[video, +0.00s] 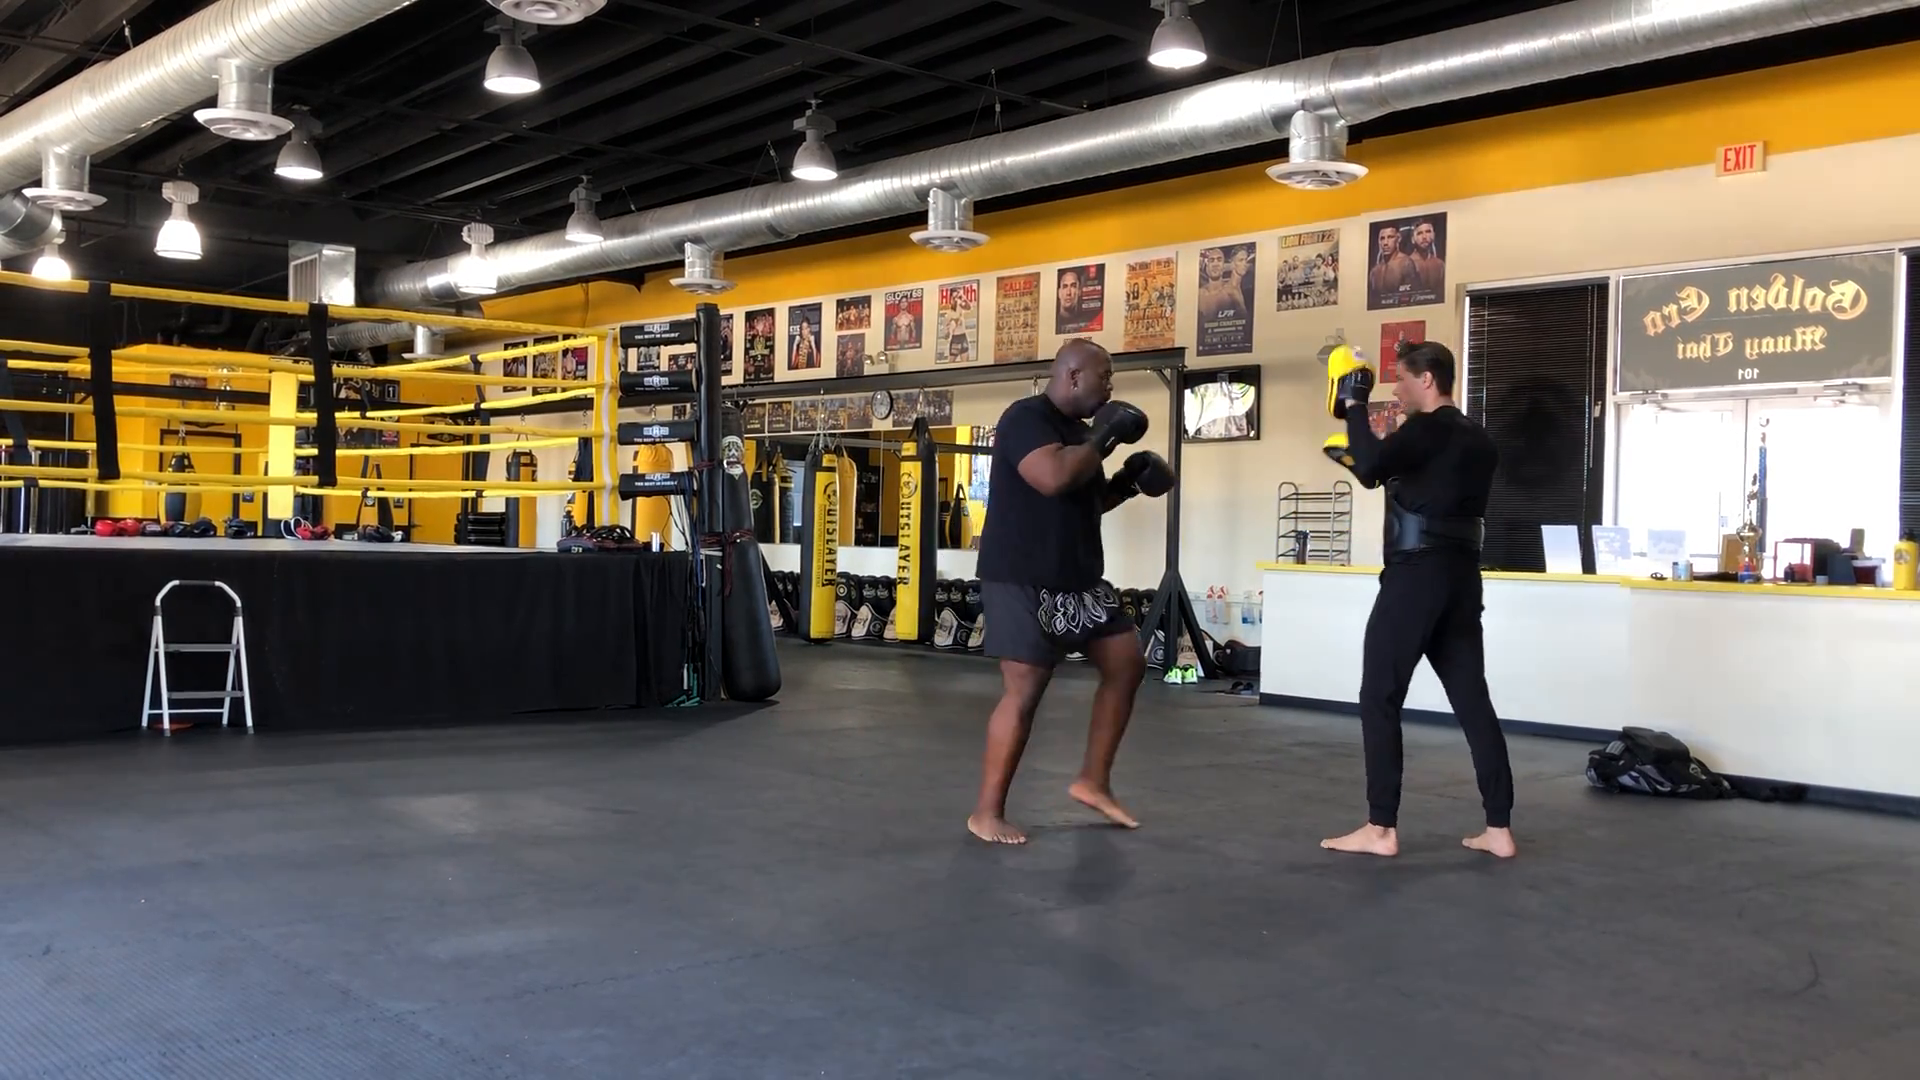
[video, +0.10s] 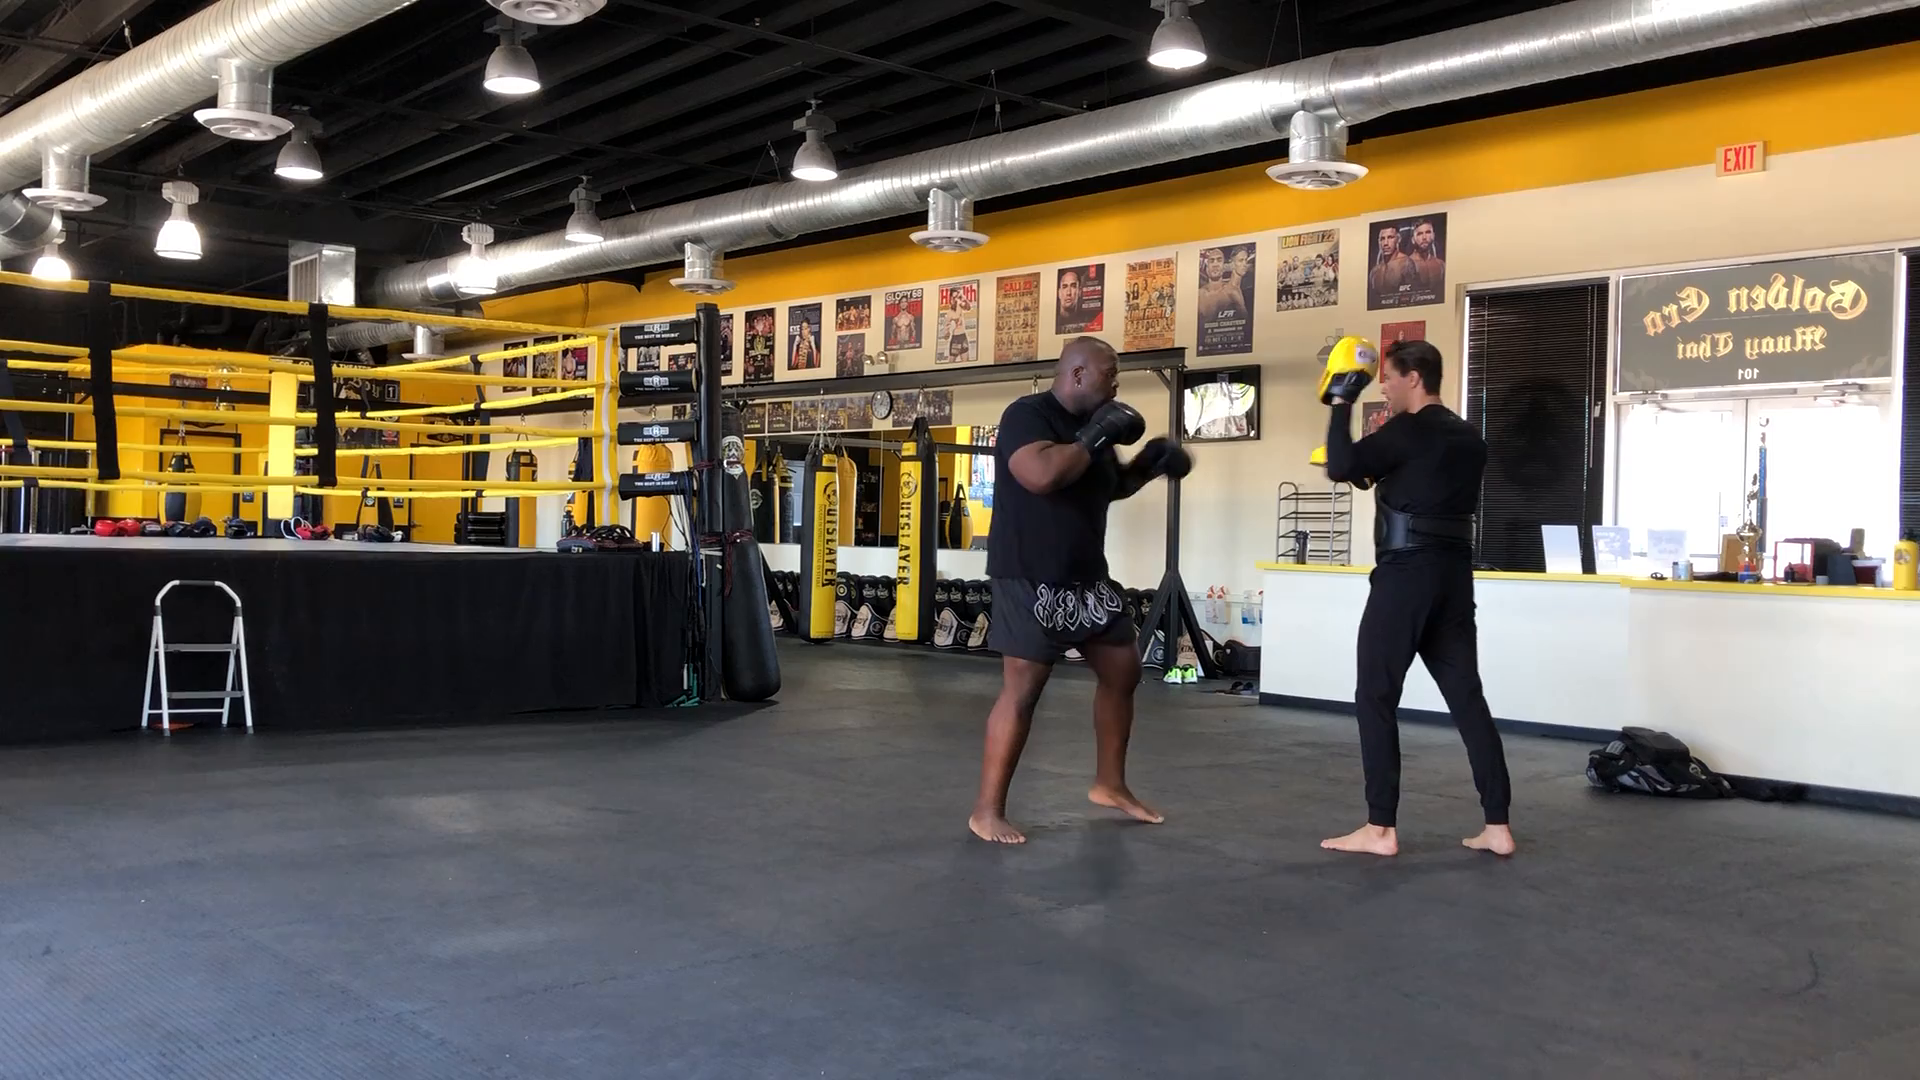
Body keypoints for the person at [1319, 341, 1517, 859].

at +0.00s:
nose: (1396, 390)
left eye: (1400, 379)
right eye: (1395, 380)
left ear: (1428, 379)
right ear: (1439, 380)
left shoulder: (1425, 429)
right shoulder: (1480, 438)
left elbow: (1368, 467)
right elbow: (1431, 489)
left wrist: (1354, 407)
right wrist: (1385, 445)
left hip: (1414, 578)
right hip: (1461, 580)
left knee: (1378, 700)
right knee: (1474, 704)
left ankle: (1380, 828)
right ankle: (1499, 831)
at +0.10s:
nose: (1382, 390)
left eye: (1387, 380)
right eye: (1382, 380)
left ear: (1415, 379)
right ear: (1429, 381)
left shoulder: (1407, 432)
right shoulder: (1471, 435)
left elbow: (1340, 466)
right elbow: (1420, 484)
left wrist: (1340, 400)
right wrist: (1373, 458)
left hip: (1404, 578)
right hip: (1454, 580)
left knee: (1374, 701)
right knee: (1469, 702)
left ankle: (1380, 828)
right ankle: (1498, 827)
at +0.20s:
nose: (1373, 386)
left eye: (1378, 376)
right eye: (1374, 376)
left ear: (1402, 377)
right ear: (1417, 378)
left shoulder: (1392, 432)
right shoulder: (1461, 434)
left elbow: (1325, 473)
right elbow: (1418, 481)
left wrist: (1295, 417)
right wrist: (1375, 436)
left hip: (1396, 577)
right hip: (1447, 577)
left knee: (1373, 701)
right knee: (1459, 698)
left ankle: (1379, 828)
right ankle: (1497, 823)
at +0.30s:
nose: (1364, 383)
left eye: (1368, 374)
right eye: (1365, 373)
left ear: (1393, 376)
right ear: (1408, 377)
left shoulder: (1389, 428)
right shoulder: (1447, 431)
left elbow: (1326, 476)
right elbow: (1391, 482)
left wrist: (1278, 440)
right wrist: (1347, 435)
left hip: (1393, 575)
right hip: (1438, 574)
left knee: (1372, 700)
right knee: (1446, 696)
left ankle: (1379, 829)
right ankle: (1494, 816)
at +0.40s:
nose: (1353, 381)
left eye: (1359, 372)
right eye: (1354, 372)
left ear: (1386, 375)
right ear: (1396, 377)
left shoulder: (1395, 428)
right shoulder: (1426, 428)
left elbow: (1350, 493)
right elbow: (1353, 486)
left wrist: (1297, 463)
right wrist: (1336, 426)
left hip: (1391, 577)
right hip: (1427, 573)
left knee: (1373, 702)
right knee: (1439, 695)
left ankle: (1380, 828)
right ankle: (1492, 811)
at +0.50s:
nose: (1349, 382)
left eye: (1356, 372)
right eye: (1350, 373)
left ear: (1383, 375)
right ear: (1387, 375)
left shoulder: (1395, 430)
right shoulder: (1404, 425)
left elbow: (1357, 501)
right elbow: (1347, 478)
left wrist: (1301, 460)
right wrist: (1298, 457)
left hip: (1390, 579)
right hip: (1419, 576)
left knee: (1371, 702)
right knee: (1435, 695)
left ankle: (1380, 829)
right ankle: (1491, 811)